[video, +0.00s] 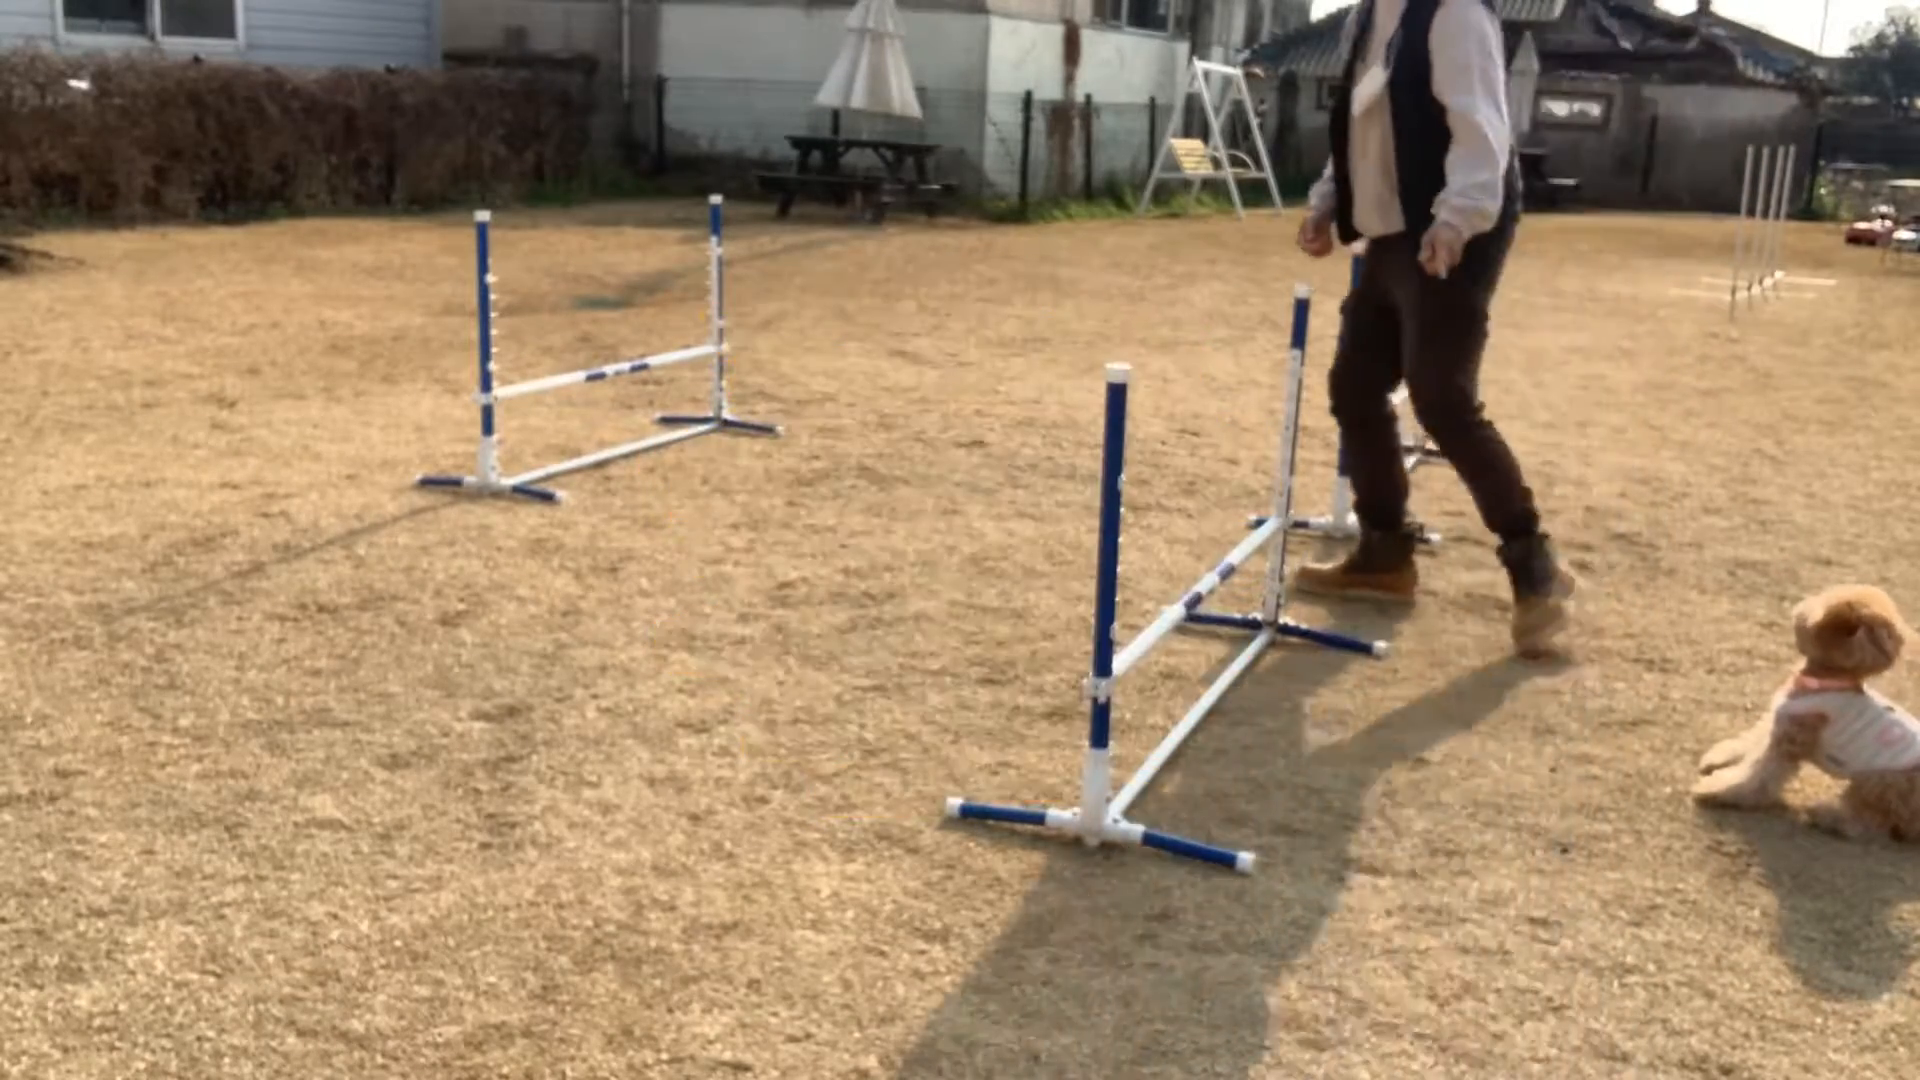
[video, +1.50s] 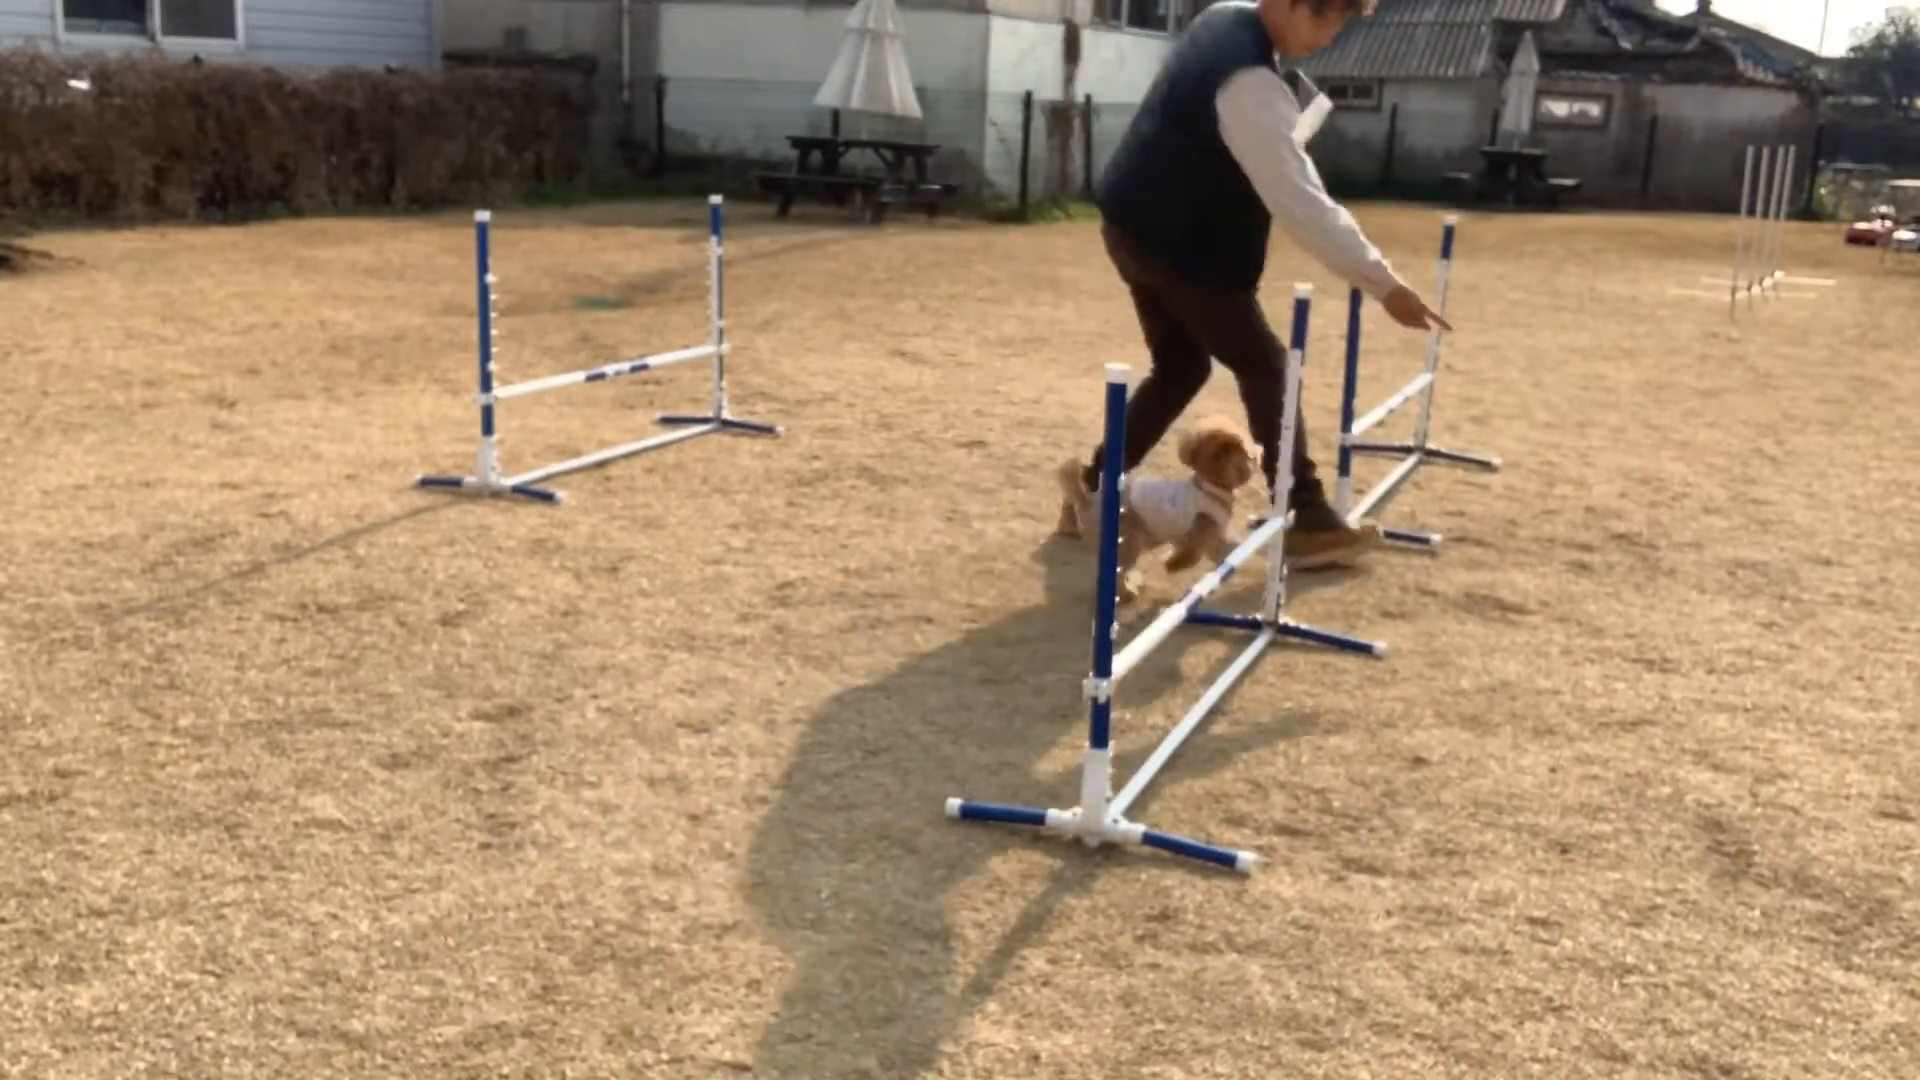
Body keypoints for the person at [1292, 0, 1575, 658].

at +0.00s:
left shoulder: (1459, 14)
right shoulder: (1371, 17)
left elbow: (1483, 129)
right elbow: (1365, 126)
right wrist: (1329, 201)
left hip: (1451, 236)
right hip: (1388, 239)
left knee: (1444, 403)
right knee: (1355, 390)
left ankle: (1535, 576)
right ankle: (1384, 555)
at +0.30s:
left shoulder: (1283, 17)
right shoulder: (1251, 18)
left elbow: (1288, 137)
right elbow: (1225, 135)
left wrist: (1227, 204)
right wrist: (1172, 216)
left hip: (1279, 238)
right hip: (1312, 231)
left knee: (1187, 374)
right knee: (1322, 395)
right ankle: (1377, 548)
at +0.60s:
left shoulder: (1110, 35)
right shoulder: (1089, 27)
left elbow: (1066, 156)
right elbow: (1070, 146)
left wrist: (971, 221)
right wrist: (1019, 223)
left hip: (1136, 225)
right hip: (1133, 219)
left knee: (1038, 358)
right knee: (1063, 349)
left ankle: (1042, 520)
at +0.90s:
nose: (1006, 4)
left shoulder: (1102, 35)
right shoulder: (994, 39)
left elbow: (1098, 154)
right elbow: (956, 143)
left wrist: (1003, 199)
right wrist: (903, 220)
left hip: (1113, 222)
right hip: (1040, 219)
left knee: (1064, 352)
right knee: (991, 339)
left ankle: (1044, 491)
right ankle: (987, 474)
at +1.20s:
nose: (1177, 9)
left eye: (1179, 1)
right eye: (1164, 1)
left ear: (1183, 4)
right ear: (1128, 2)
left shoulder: (1199, 41)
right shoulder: (1083, 66)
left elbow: (1242, 122)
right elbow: (1055, 190)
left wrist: (1279, 204)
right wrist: (1064, 306)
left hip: (1163, 243)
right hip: (1100, 243)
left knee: (1165, 365)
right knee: (1103, 362)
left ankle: (1091, 490)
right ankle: (1009, 452)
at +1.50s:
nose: (1330, 38)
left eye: (1339, 25)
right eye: (1329, 20)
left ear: (1281, 3)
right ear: (1292, 3)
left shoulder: (1226, 26)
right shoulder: (1247, 75)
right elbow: (1298, 201)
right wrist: (1384, 285)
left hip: (1136, 223)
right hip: (1181, 246)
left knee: (1181, 368)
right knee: (1265, 364)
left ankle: (1097, 482)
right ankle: (1305, 515)